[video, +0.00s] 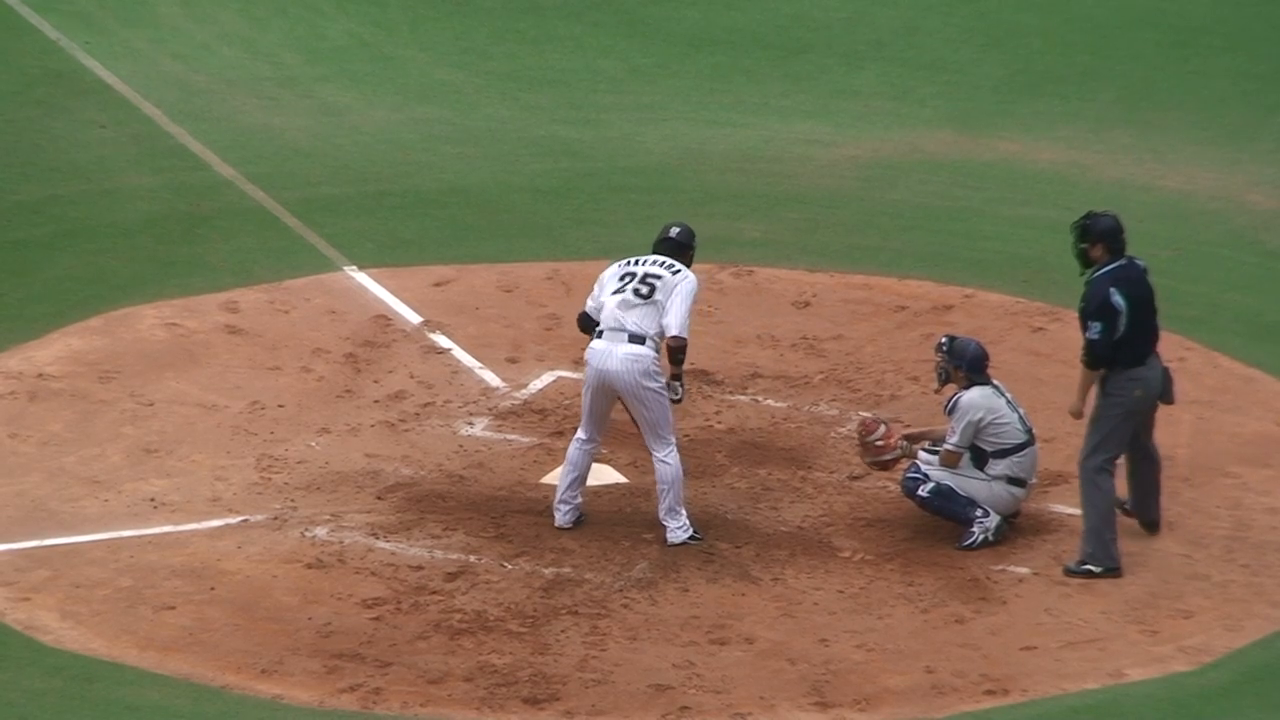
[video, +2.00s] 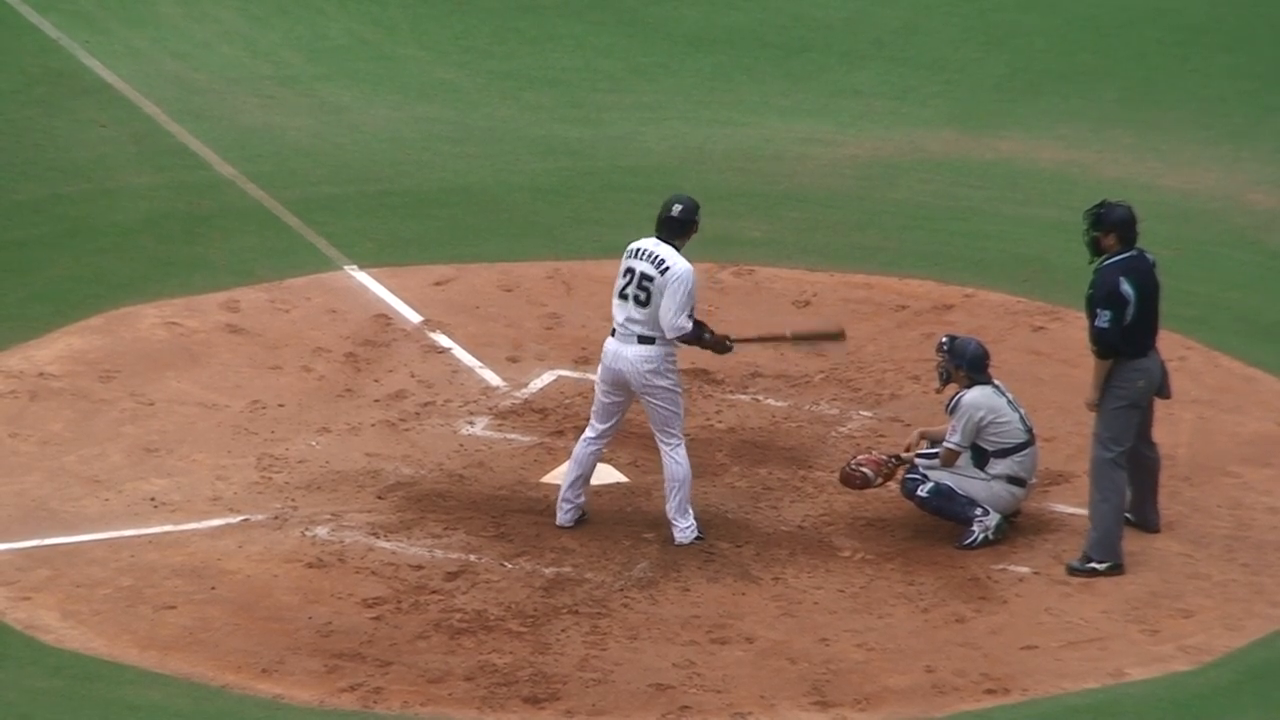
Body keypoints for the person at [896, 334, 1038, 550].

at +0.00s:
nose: (940, 366)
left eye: (945, 362)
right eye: (942, 361)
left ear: (960, 371)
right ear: (973, 370)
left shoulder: (969, 402)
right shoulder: (992, 387)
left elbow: (948, 462)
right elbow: (961, 433)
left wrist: (912, 452)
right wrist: (920, 435)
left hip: (1004, 492)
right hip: (1018, 482)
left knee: (914, 478)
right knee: (929, 451)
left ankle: (983, 519)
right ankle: (1002, 506)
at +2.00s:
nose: (941, 365)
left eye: (946, 362)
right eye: (943, 360)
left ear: (961, 370)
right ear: (976, 368)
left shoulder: (970, 401)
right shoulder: (993, 387)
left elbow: (946, 461)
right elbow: (963, 431)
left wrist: (908, 458)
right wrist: (923, 433)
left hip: (1002, 491)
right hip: (1016, 483)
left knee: (914, 480)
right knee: (925, 455)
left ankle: (983, 518)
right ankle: (1002, 506)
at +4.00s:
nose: (943, 369)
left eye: (948, 365)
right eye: (944, 364)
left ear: (964, 371)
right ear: (975, 370)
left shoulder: (975, 403)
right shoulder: (995, 387)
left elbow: (950, 460)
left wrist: (908, 459)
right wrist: (911, 459)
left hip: (1002, 493)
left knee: (915, 480)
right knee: (934, 443)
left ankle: (984, 519)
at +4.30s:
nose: (940, 376)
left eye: (944, 370)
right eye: (941, 370)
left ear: (960, 374)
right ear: (976, 371)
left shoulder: (975, 403)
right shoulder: (994, 387)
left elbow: (951, 459)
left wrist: (908, 459)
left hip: (1003, 493)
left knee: (915, 480)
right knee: (935, 443)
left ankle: (984, 519)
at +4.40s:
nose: (940, 376)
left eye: (944, 371)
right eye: (941, 370)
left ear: (960, 375)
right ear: (976, 371)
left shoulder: (974, 403)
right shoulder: (993, 387)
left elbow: (950, 462)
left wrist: (909, 457)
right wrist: (947, 440)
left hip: (1003, 493)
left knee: (914, 480)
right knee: (933, 442)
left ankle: (983, 519)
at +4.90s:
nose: (940, 371)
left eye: (945, 368)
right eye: (941, 366)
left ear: (961, 376)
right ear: (971, 375)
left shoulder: (974, 406)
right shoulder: (993, 389)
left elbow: (950, 464)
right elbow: (964, 436)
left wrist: (919, 450)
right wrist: (925, 435)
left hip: (1004, 494)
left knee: (916, 478)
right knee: (932, 453)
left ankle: (985, 520)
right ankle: (1003, 507)